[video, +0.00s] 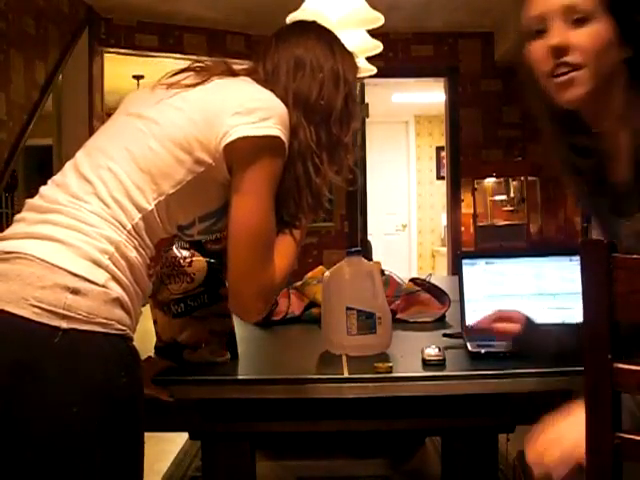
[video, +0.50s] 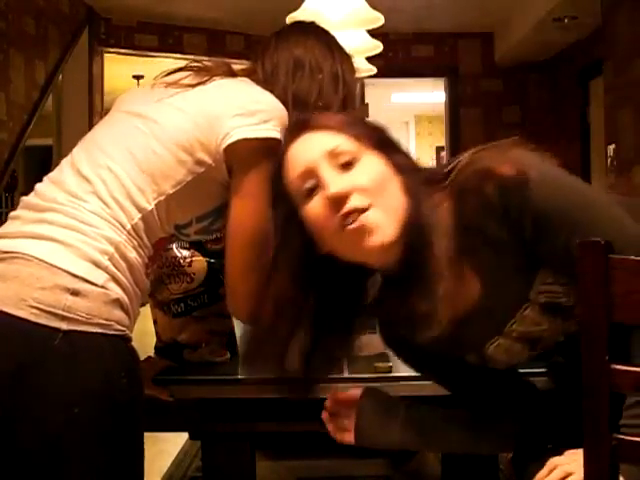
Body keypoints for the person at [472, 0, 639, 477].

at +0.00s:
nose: (556, 43)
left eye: (579, 19)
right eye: (538, 31)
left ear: (623, 33)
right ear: (528, 56)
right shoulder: (593, 160)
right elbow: (625, 330)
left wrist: (605, 410)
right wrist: (536, 337)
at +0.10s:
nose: (505, 63)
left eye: (525, 38)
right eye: (483, 55)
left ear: (574, 55)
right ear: (475, 90)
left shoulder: (634, 162)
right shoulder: (551, 192)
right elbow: (614, 334)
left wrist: (612, 443)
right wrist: (502, 342)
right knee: (522, 456)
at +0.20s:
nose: (443, 101)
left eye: (463, 75)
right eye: (421, 97)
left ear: (510, 87)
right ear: (417, 135)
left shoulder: (611, 144)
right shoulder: (492, 235)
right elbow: (570, 370)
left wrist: (610, 440)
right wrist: (452, 357)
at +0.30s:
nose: (393, 141)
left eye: (408, 115)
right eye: (368, 139)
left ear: (452, 121)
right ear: (363, 179)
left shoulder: (559, 161)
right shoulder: (445, 277)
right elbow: (543, 409)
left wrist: (605, 441)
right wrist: (413, 389)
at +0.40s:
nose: (357, 169)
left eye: (370, 142)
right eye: (333, 169)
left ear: (420, 149)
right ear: (335, 218)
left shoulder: (530, 171)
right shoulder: (421, 309)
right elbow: (527, 422)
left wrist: (608, 448)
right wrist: (387, 408)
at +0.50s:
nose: (335, 192)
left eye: (346, 163)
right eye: (309, 190)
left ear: (394, 165)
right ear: (309, 235)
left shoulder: (503, 185)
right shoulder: (404, 323)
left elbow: (635, 271)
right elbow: (524, 424)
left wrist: (609, 445)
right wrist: (389, 421)